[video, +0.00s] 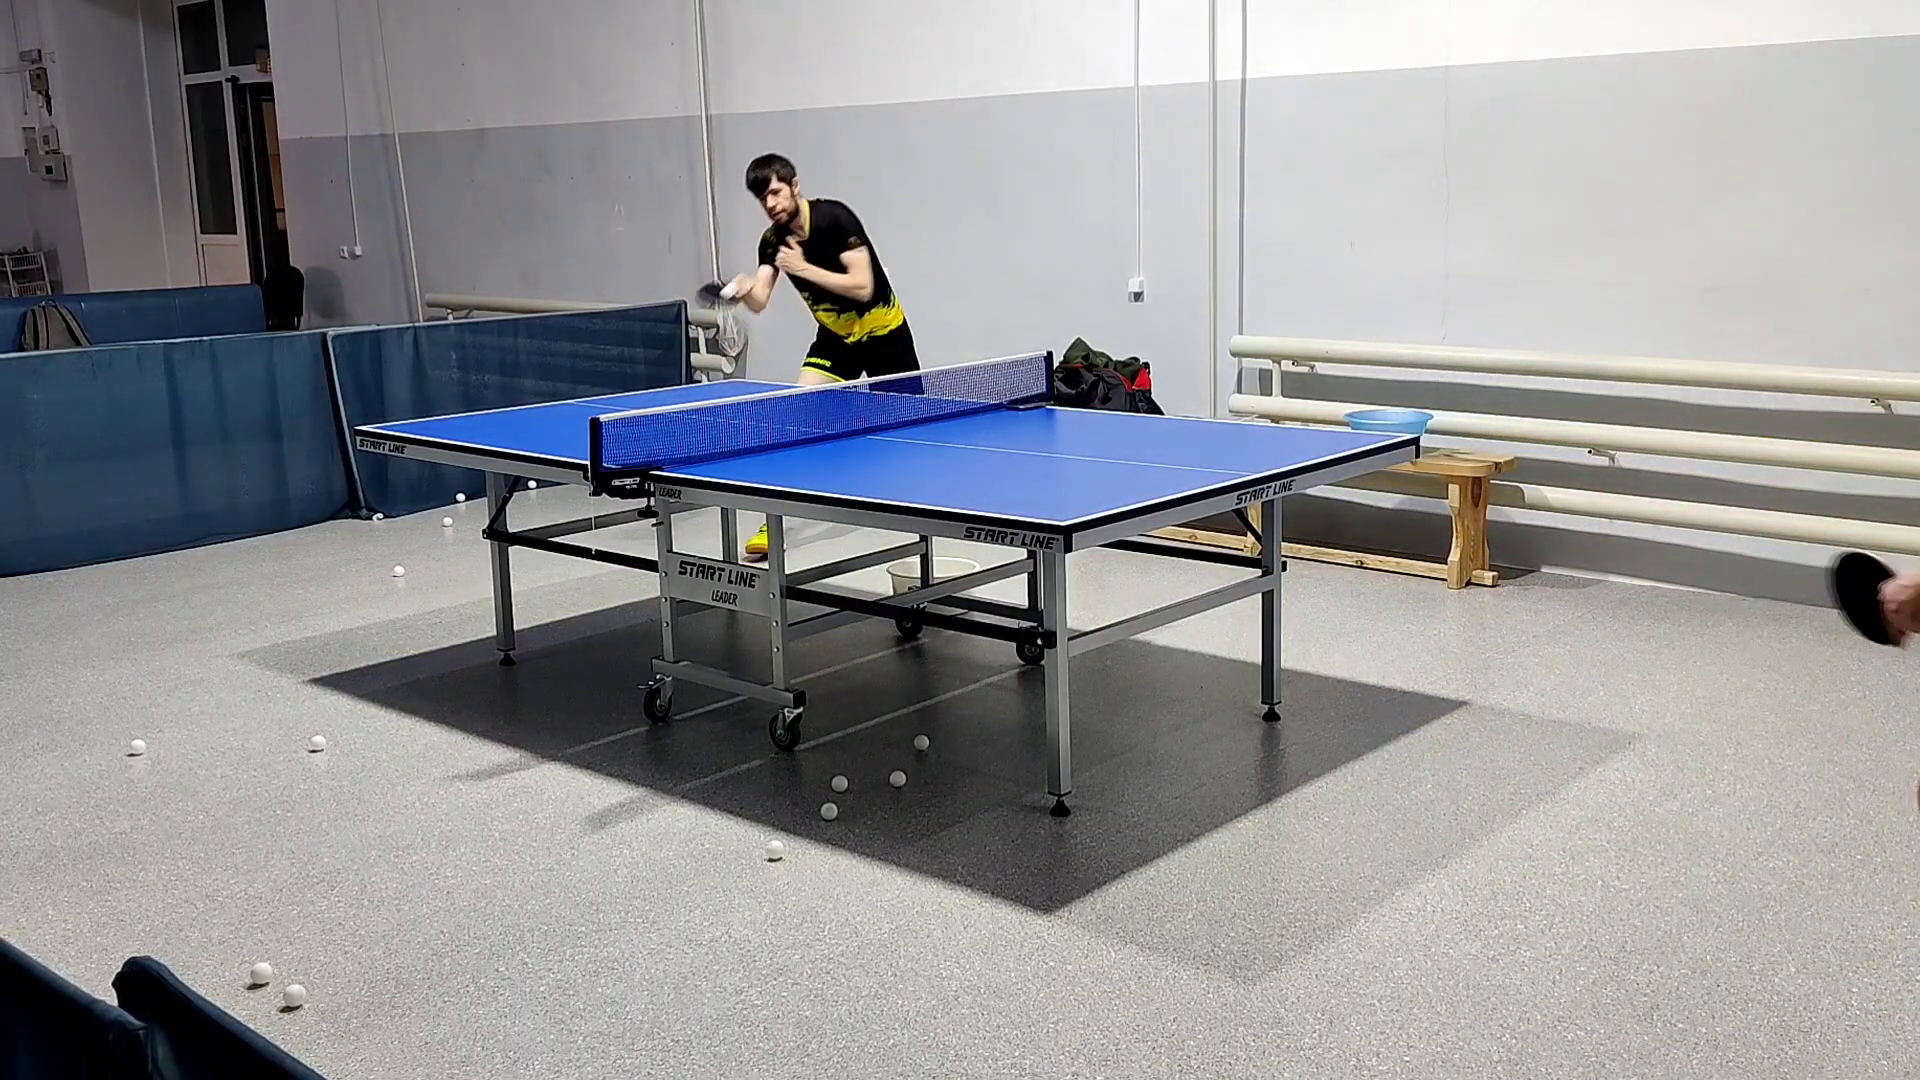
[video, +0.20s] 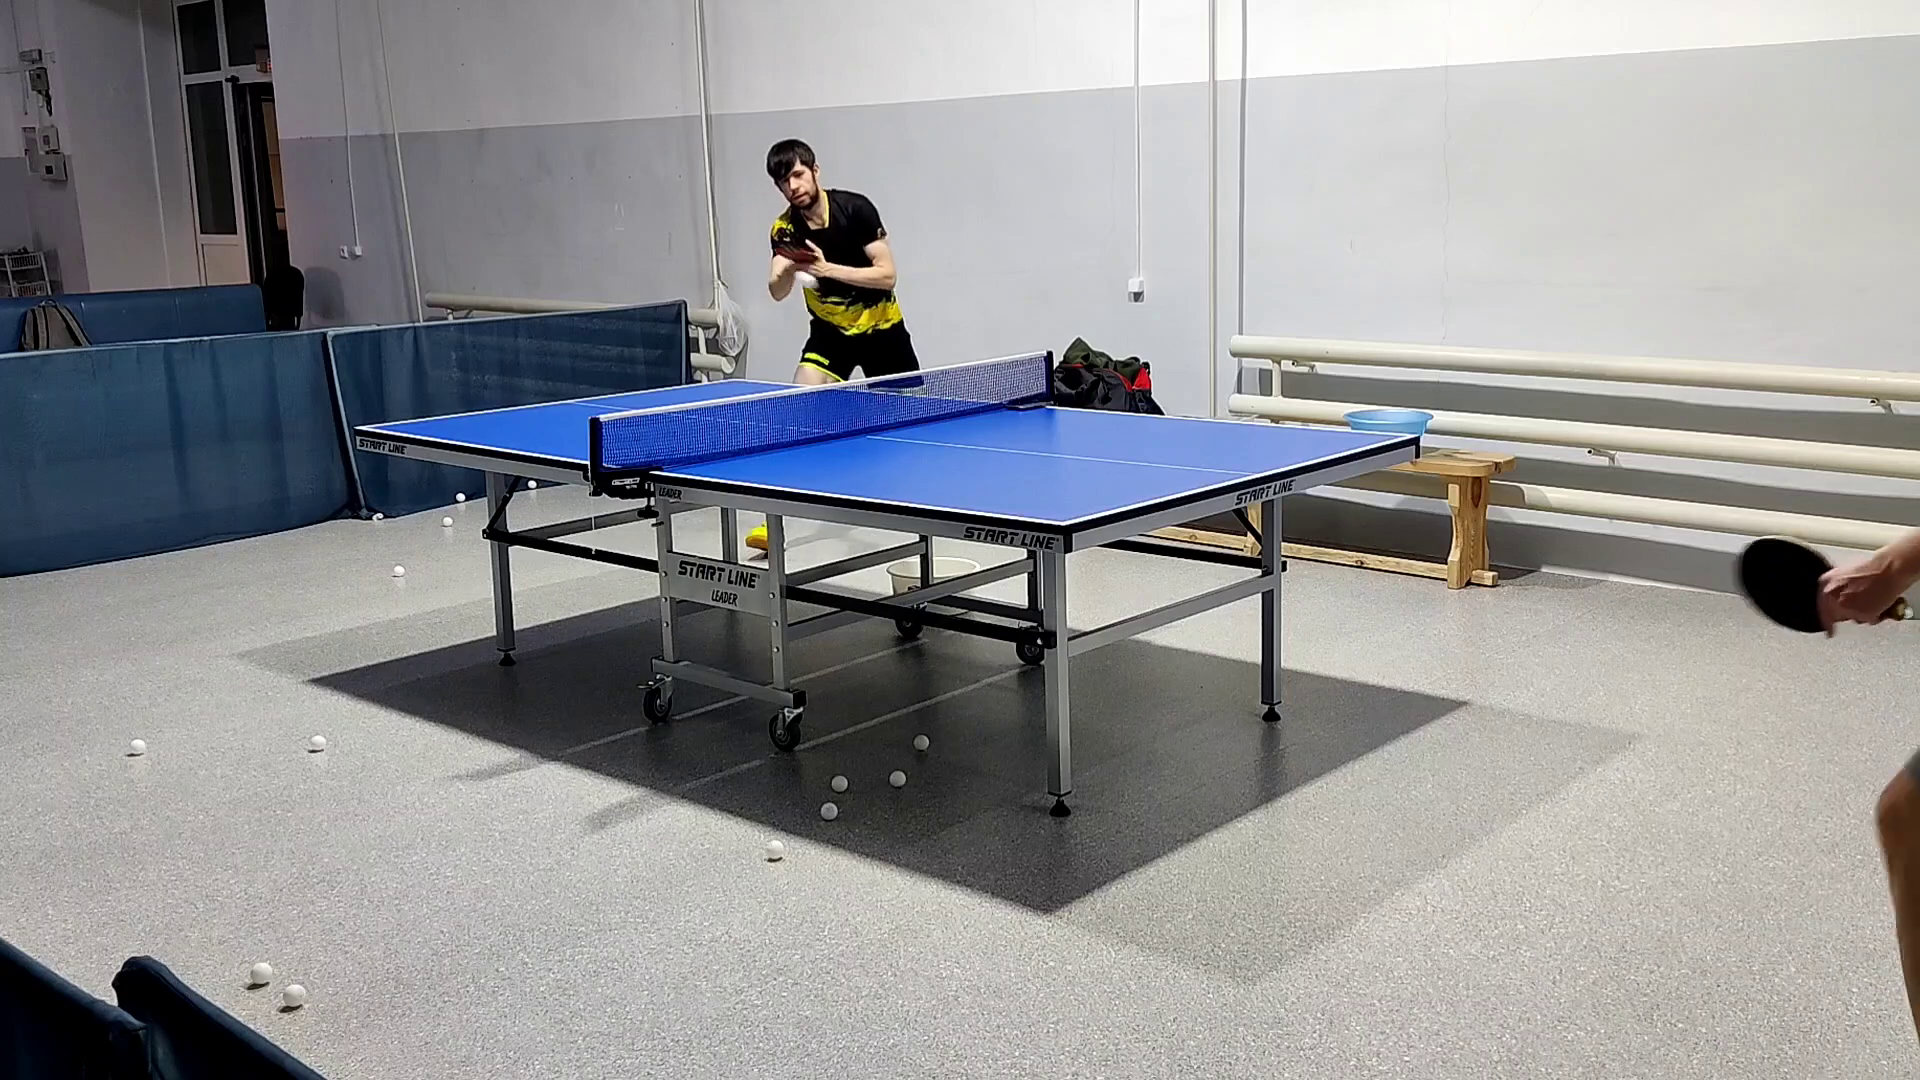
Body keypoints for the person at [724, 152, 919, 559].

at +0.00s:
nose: (771, 203)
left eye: (777, 192)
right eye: (763, 197)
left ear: (795, 186)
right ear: (758, 201)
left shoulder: (834, 217)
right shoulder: (772, 241)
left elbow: (864, 288)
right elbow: (758, 304)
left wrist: (802, 269)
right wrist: (744, 289)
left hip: (884, 335)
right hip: (834, 338)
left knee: (910, 426)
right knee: (797, 418)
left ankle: (929, 519)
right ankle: (773, 525)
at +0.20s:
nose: (794, 186)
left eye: (799, 175)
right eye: (785, 180)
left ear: (815, 170)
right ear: (779, 186)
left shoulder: (856, 209)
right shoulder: (785, 228)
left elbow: (887, 277)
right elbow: (778, 292)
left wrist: (826, 269)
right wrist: (789, 265)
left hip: (882, 329)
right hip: (830, 332)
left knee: (914, 420)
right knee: (799, 413)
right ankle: (775, 520)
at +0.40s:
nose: (786, 183)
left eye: (790, 172)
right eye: (775, 178)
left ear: (804, 169)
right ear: (768, 186)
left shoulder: (843, 208)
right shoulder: (772, 232)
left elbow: (887, 269)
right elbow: (764, 301)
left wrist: (834, 280)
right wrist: (793, 292)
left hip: (864, 335)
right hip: (812, 339)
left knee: (905, 421)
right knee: (783, 421)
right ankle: (732, 523)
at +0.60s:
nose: (746, 181)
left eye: (749, 169)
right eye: (735, 176)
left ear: (763, 169)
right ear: (726, 186)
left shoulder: (802, 213)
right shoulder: (729, 236)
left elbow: (850, 267)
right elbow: (723, 305)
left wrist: (844, 325)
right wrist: (754, 310)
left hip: (822, 339)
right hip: (771, 344)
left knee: (868, 420)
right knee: (740, 422)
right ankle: (718, 528)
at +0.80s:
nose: (740, 151)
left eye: (744, 139)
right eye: (728, 147)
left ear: (756, 139)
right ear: (718, 157)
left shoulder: (789, 185)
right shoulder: (718, 209)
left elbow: (828, 230)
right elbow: (709, 283)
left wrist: (846, 286)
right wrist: (746, 289)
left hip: (800, 320)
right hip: (753, 326)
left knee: (846, 403)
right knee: (748, 407)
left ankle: (861, 505)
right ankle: (713, 522)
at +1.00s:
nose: (744, 157)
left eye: (749, 146)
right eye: (733, 152)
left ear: (761, 147)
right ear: (721, 161)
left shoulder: (787, 197)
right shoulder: (718, 212)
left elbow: (825, 238)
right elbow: (707, 289)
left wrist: (851, 293)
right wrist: (746, 287)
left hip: (788, 333)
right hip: (742, 335)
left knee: (841, 411)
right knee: (740, 433)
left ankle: (860, 511)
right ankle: (695, 538)